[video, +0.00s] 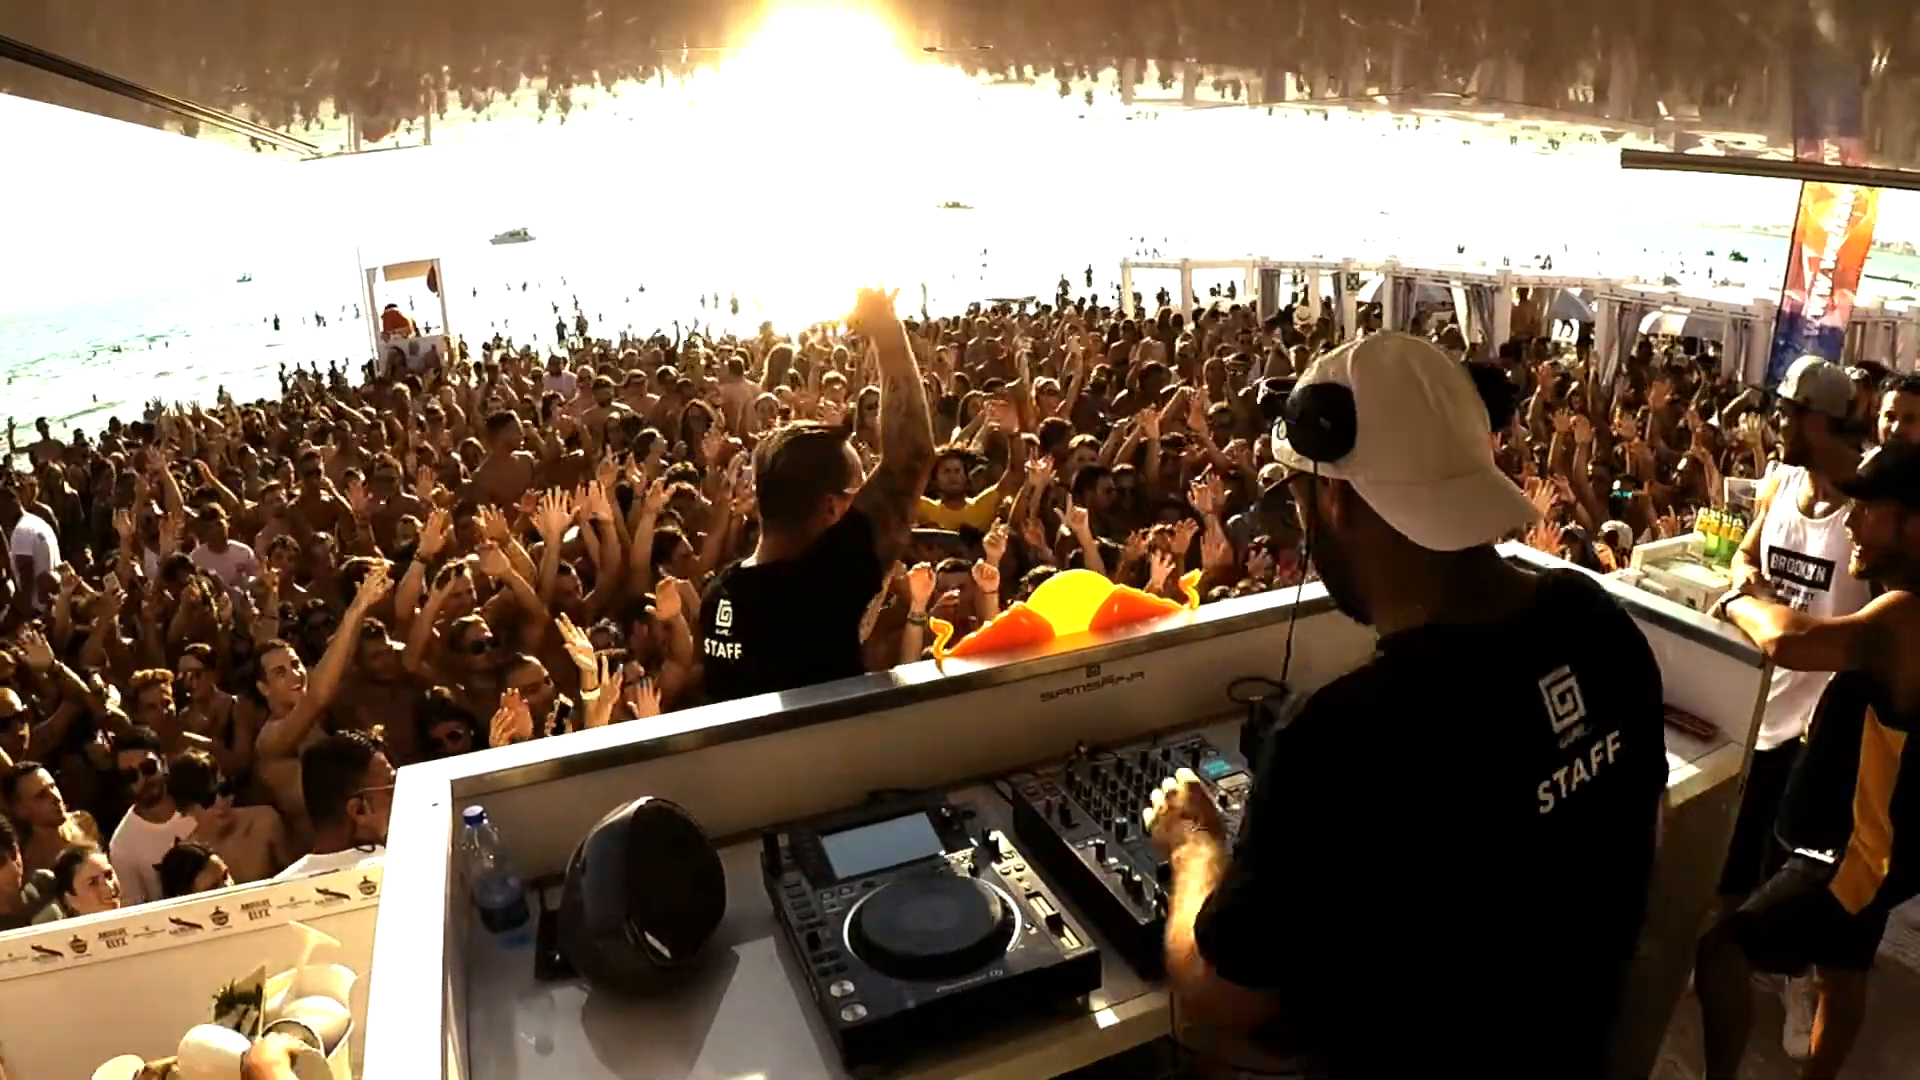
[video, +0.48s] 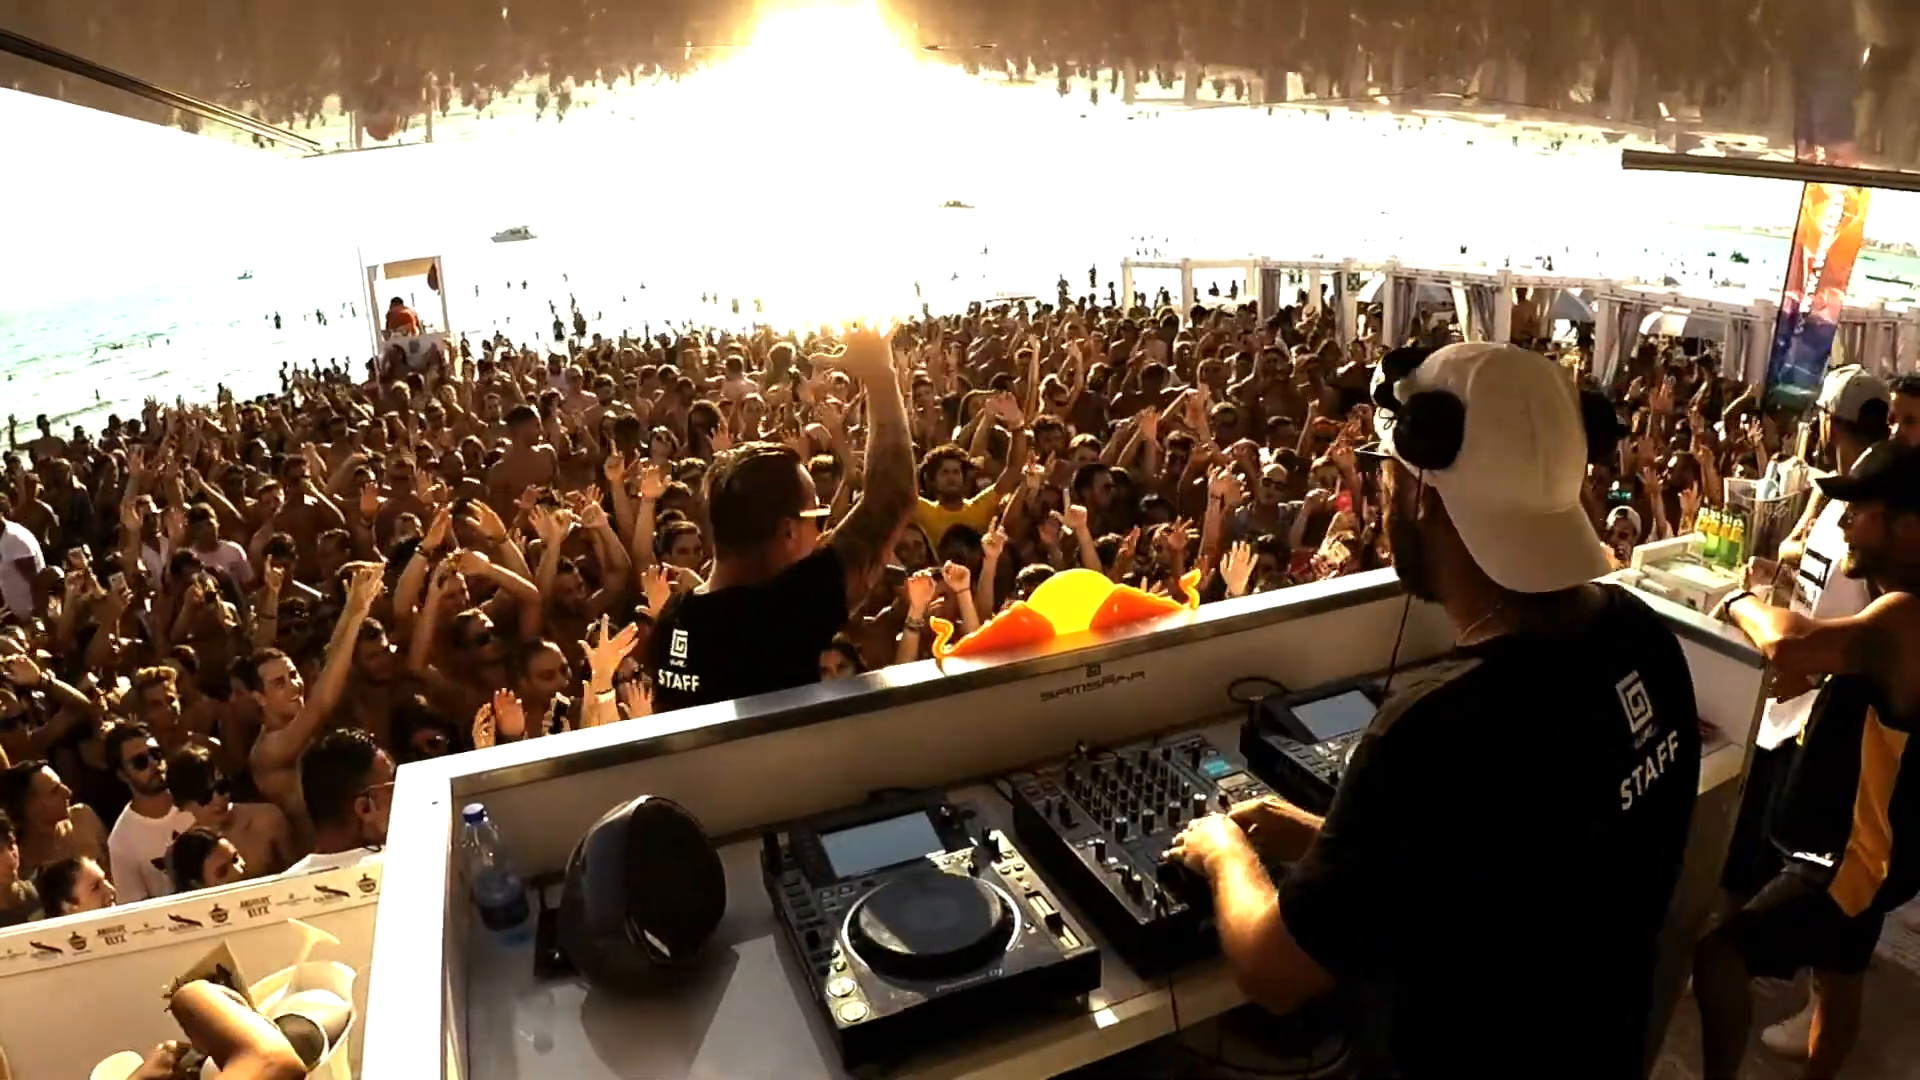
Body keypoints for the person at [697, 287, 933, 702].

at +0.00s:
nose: (860, 505)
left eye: (859, 494)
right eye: (855, 494)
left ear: (761, 498)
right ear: (832, 508)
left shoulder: (720, 593)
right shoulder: (831, 579)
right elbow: (910, 458)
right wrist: (885, 324)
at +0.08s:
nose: (857, 501)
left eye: (855, 490)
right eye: (851, 493)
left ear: (757, 501)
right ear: (825, 512)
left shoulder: (716, 592)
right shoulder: (823, 574)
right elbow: (903, 457)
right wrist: (889, 326)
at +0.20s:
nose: (850, 514)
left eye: (847, 502)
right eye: (843, 503)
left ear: (749, 512)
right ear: (817, 521)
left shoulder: (702, 605)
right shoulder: (812, 591)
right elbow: (901, 478)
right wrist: (888, 349)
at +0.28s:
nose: (843, 522)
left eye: (841, 509)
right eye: (838, 509)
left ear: (743, 511)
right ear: (810, 522)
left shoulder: (696, 606)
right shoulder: (805, 594)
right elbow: (902, 486)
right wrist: (890, 360)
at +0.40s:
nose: (825, 533)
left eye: (824, 516)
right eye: (822, 517)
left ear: (729, 519)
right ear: (794, 528)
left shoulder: (684, 612)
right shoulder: (785, 608)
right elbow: (894, 492)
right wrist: (884, 363)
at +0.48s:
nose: (819, 538)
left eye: (818, 522)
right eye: (815, 522)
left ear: (721, 526)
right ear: (788, 531)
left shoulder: (673, 621)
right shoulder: (790, 609)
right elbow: (891, 499)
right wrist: (880, 373)